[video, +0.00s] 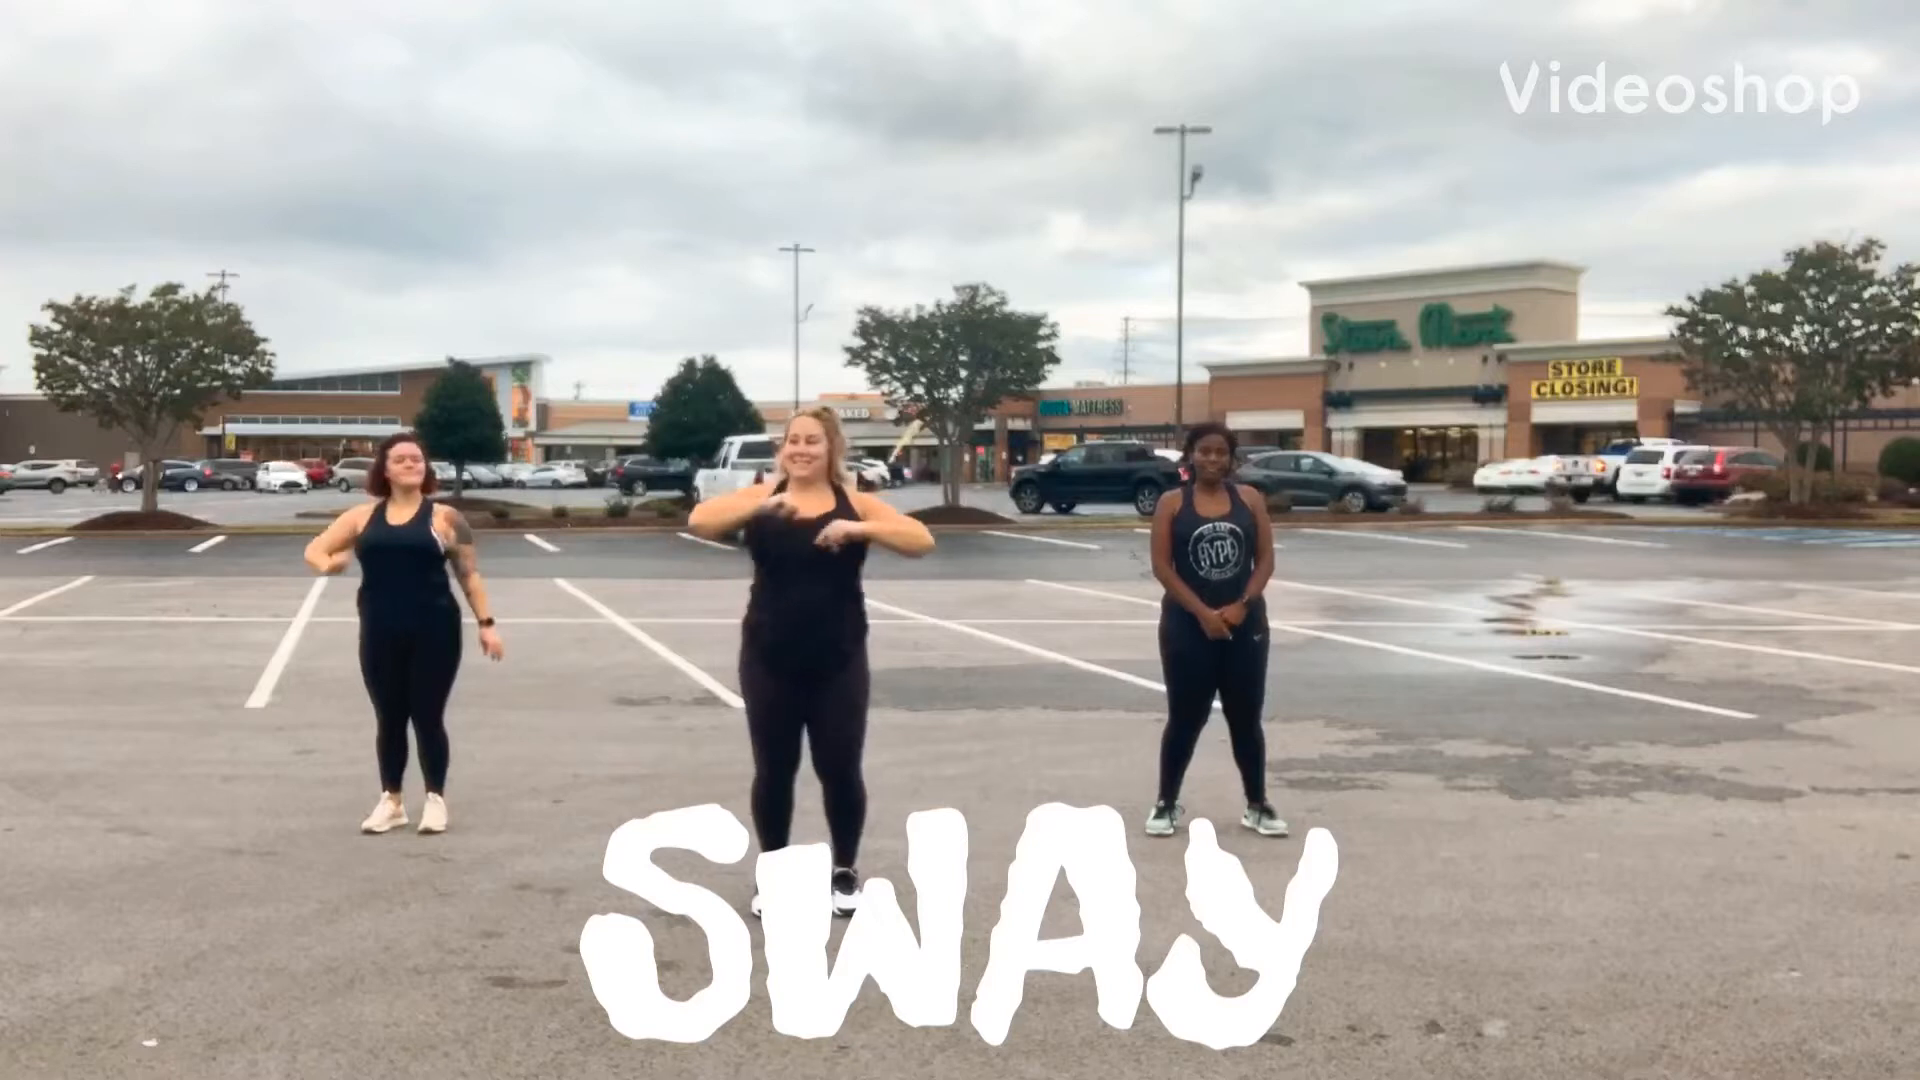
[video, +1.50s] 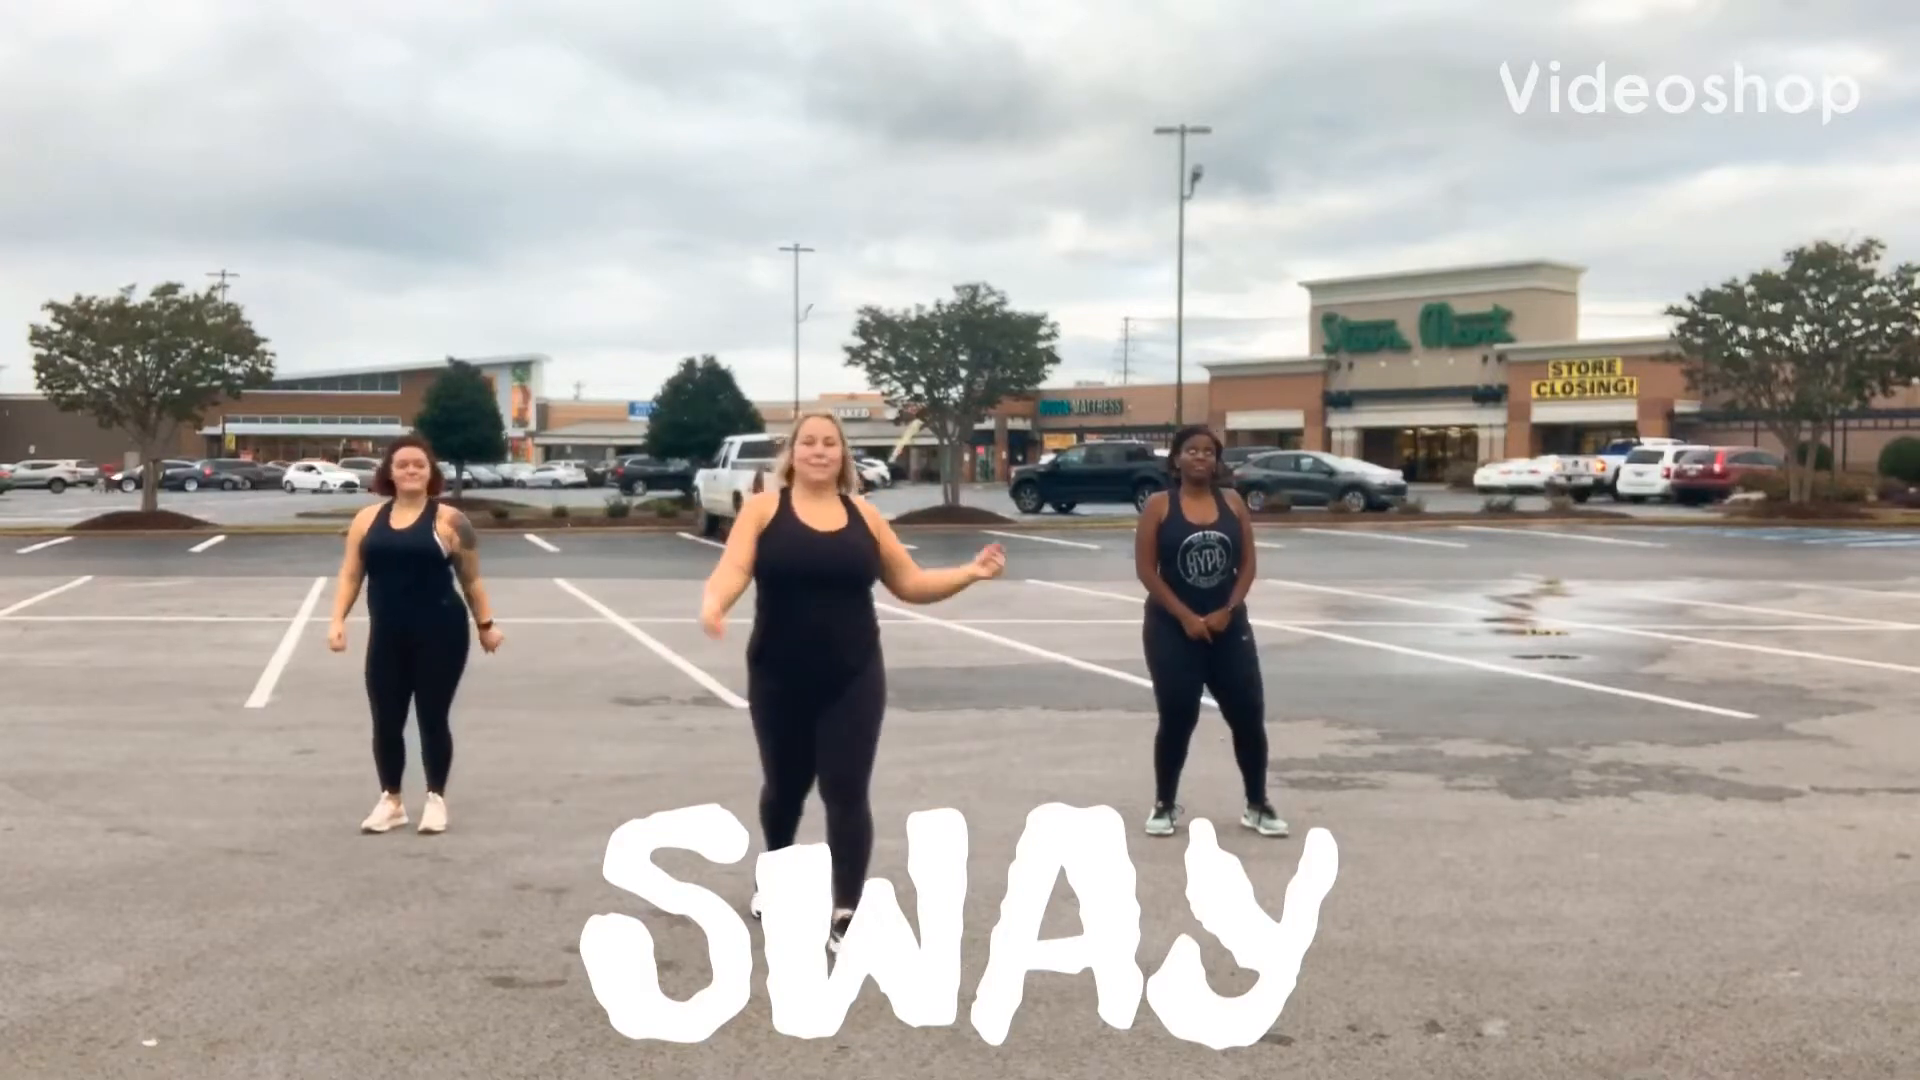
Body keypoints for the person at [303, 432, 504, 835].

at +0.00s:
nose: (410, 465)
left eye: (415, 459)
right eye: (400, 460)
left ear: (426, 467)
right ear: (385, 470)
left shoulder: (444, 518)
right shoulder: (362, 516)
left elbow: (468, 574)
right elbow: (315, 551)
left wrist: (486, 624)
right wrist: (328, 563)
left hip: (435, 632)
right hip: (380, 632)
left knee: (427, 715)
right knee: (390, 717)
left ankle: (434, 799)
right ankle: (391, 799)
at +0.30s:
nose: (405, 469)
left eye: (412, 463)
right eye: (396, 464)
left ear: (423, 470)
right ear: (383, 474)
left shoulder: (444, 517)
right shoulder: (363, 524)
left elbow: (460, 572)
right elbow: (352, 585)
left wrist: (456, 619)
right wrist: (344, 637)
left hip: (429, 637)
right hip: (375, 638)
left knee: (421, 719)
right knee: (386, 720)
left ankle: (433, 798)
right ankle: (391, 799)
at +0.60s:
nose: (405, 469)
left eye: (412, 462)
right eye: (396, 463)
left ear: (424, 470)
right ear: (383, 472)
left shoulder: (444, 518)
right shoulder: (363, 518)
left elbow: (460, 573)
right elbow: (346, 578)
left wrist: (462, 621)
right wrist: (333, 627)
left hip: (431, 635)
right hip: (379, 635)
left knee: (426, 717)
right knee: (388, 718)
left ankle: (434, 798)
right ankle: (391, 798)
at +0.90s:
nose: (402, 469)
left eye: (409, 462)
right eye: (393, 464)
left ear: (422, 470)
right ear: (380, 473)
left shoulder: (444, 516)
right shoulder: (365, 520)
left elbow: (463, 574)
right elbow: (356, 582)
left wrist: (472, 623)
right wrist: (349, 632)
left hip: (432, 633)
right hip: (377, 634)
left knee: (423, 717)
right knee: (388, 720)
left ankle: (434, 799)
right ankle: (390, 800)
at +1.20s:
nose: (407, 473)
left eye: (415, 465)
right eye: (399, 467)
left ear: (428, 471)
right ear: (387, 476)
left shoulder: (452, 519)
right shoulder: (369, 523)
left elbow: (469, 574)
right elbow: (353, 584)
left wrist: (481, 619)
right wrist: (337, 634)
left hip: (434, 637)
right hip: (380, 638)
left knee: (426, 720)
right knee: (385, 723)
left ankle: (434, 799)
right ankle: (390, 800)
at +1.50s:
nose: (410, 471)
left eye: (418, 464)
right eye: (402, 465)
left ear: (431, 472)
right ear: (389, 472)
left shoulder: (450, 520)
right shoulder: (368, 519)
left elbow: (470, 578)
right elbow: (351, 574)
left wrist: (486, 624)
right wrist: (337, 619)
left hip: (441, 635)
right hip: (387, 636)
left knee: (432, 717)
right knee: (385, 724)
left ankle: (435, 799)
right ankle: (391, 800)